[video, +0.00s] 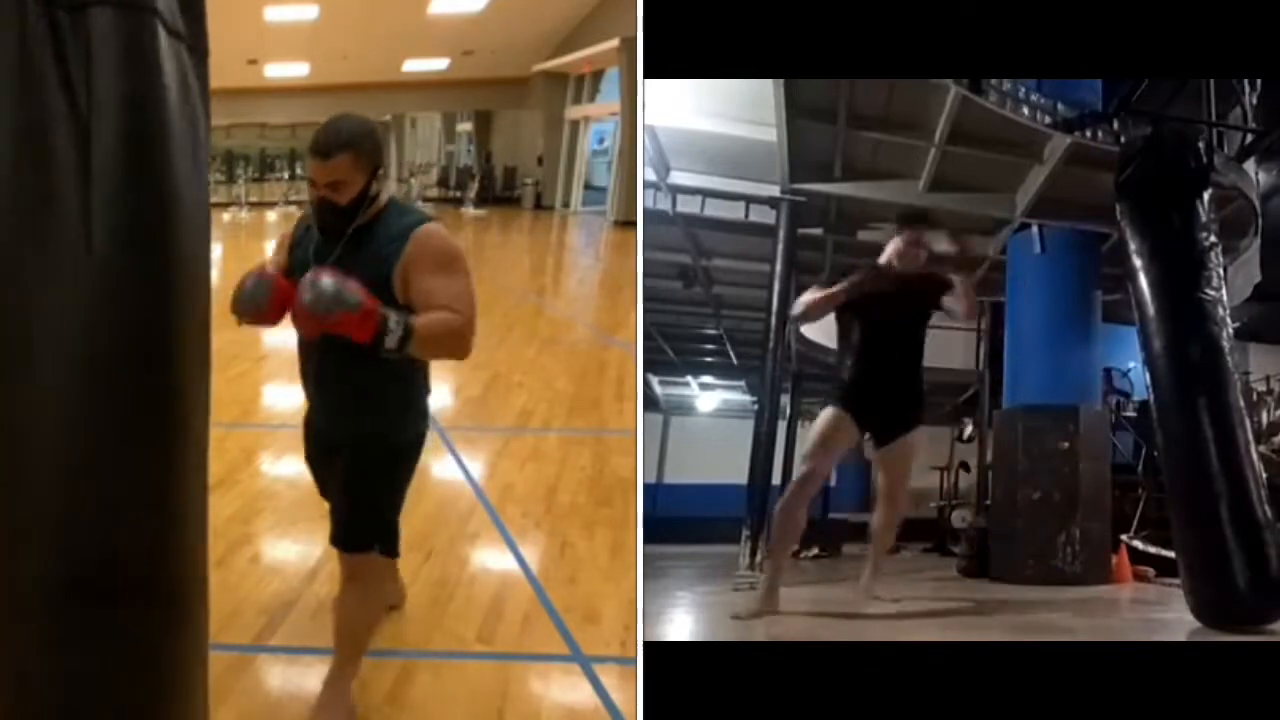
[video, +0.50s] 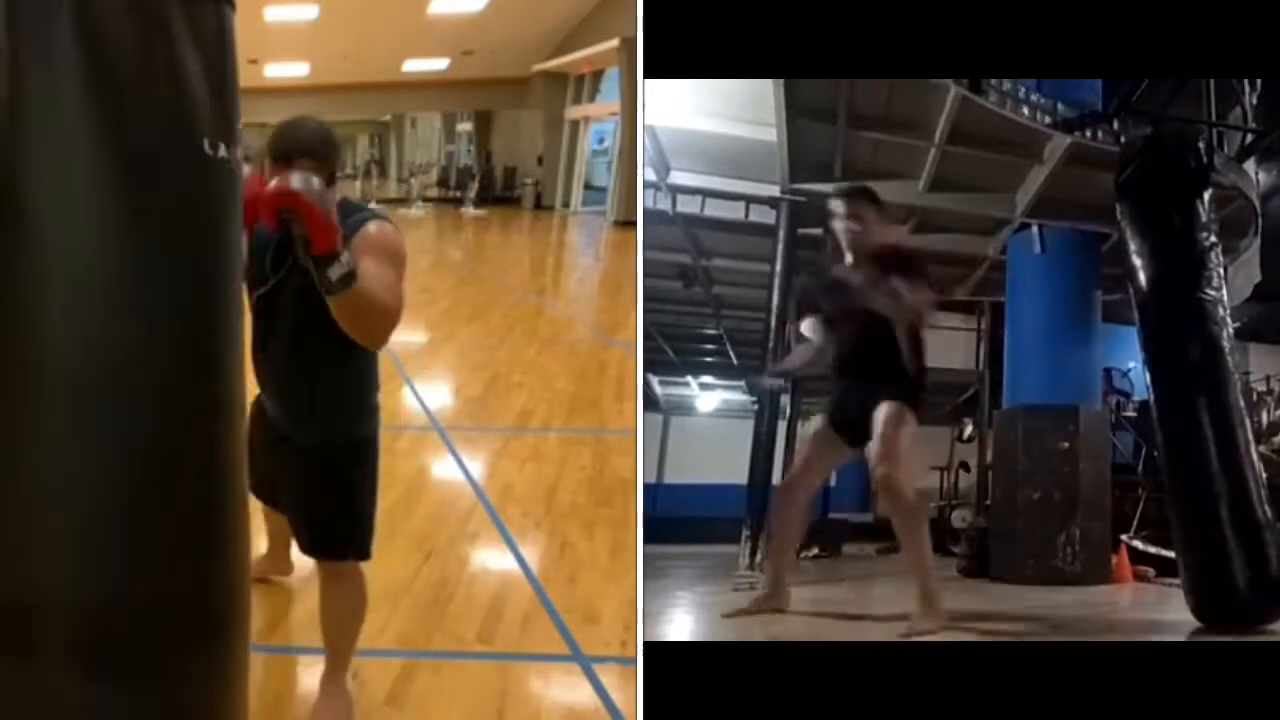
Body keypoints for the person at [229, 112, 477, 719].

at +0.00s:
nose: (322, 196)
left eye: (337, 185)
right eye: (316, 183)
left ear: (373, 176)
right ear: (309, 174)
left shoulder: (421, 242)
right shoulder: (307, 232)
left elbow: (457, 334)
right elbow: (277, 291)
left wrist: (377, 323)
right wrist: (260, 297)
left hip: (385, 415)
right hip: (325, 405)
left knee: (357, 549)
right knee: (348, 509)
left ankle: (339, 686)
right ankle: (384, 585)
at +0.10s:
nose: (319, 201)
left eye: (333, 188)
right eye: (311, 186)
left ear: (370, 178)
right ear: (304, 176)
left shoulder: (414, 237)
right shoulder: (304, 228)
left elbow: (424, 339)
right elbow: (243, 294)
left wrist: (365, 282)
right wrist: (239, 260)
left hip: (379, 420)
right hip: (317, 408)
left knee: (353, 557)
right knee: (333, 503)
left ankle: (339, 686)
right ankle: (376, 574)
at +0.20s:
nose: (319, 184)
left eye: (330, 172)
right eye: (311, 172)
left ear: (358, 175)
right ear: (296, 179)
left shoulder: (406, 234)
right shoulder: (292, 223)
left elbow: (390, 335)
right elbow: (231, 279)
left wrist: (351, 244)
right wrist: (235, 223)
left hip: (369, 427)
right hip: (306, 407)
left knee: (354, 565)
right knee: (320, 502)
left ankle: (338, 681)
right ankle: (349, 570)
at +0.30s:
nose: (314, 180)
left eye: (328, 167)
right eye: (306, 167)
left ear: (357, 171)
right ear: (293, 171)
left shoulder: (398, 234)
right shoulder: (284, 213)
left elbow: (369, 329)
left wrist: (341, 232)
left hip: (359, 426)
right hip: (296, 403)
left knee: (348, 564)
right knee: (298, 487)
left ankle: (336, 686)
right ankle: (329, 562)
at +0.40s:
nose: (303, 183)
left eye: (316, 171)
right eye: (296, 171)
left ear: (343, 172)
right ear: (282, 175)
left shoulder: (387, 235)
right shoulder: (274, 218)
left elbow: (367, 330)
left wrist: (334, 233)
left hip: (350, 425)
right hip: (286, 405)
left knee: (343, 561)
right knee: (282, 485)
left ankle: (335, 684)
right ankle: (293, 560)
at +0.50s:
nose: (295, 186)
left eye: (309, 174)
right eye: (284, 172)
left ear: (334, 178)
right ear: (266, 176)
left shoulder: (371, 232)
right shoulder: (263, 229)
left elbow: (376, 331)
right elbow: (226, 281)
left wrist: (328, 255)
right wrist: (244, 223)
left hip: (340, 422)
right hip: (275, 405)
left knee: (336, 560)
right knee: (271, 486)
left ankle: (335, 682)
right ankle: (278, 558)